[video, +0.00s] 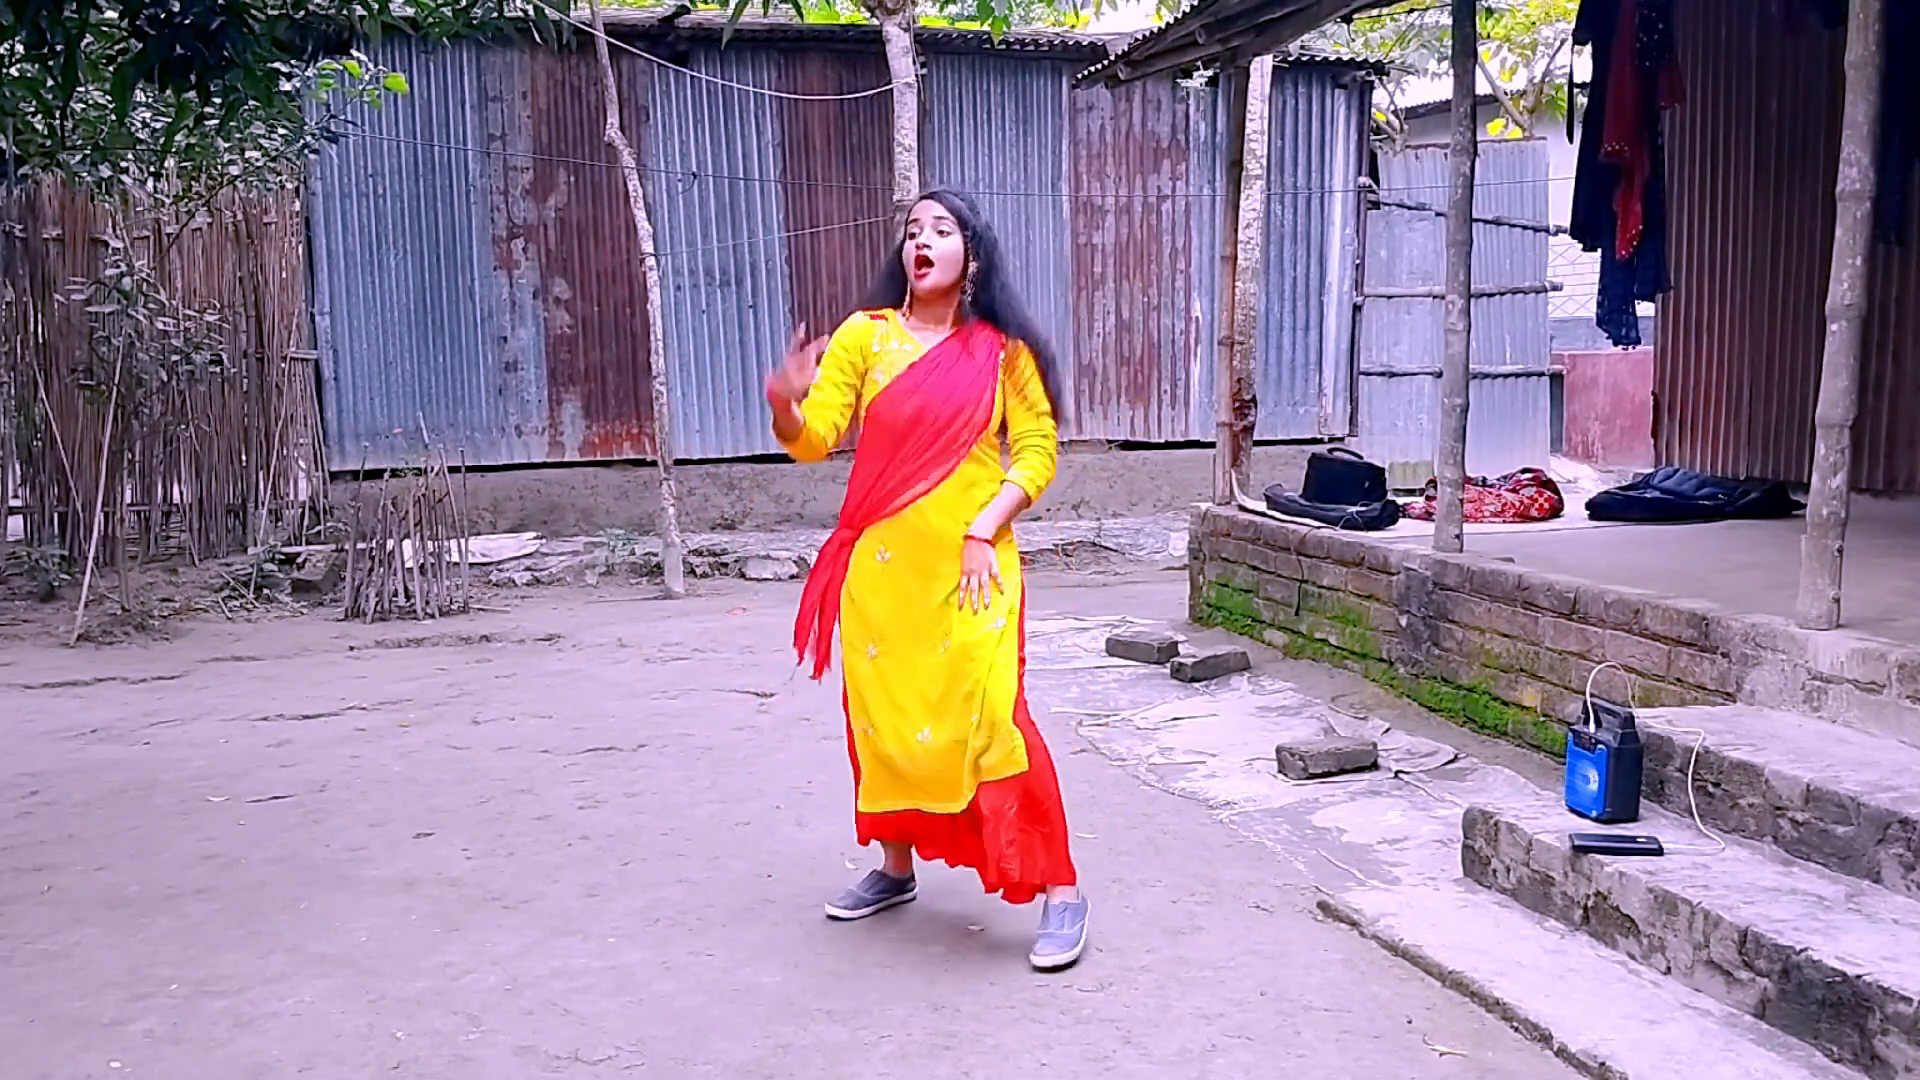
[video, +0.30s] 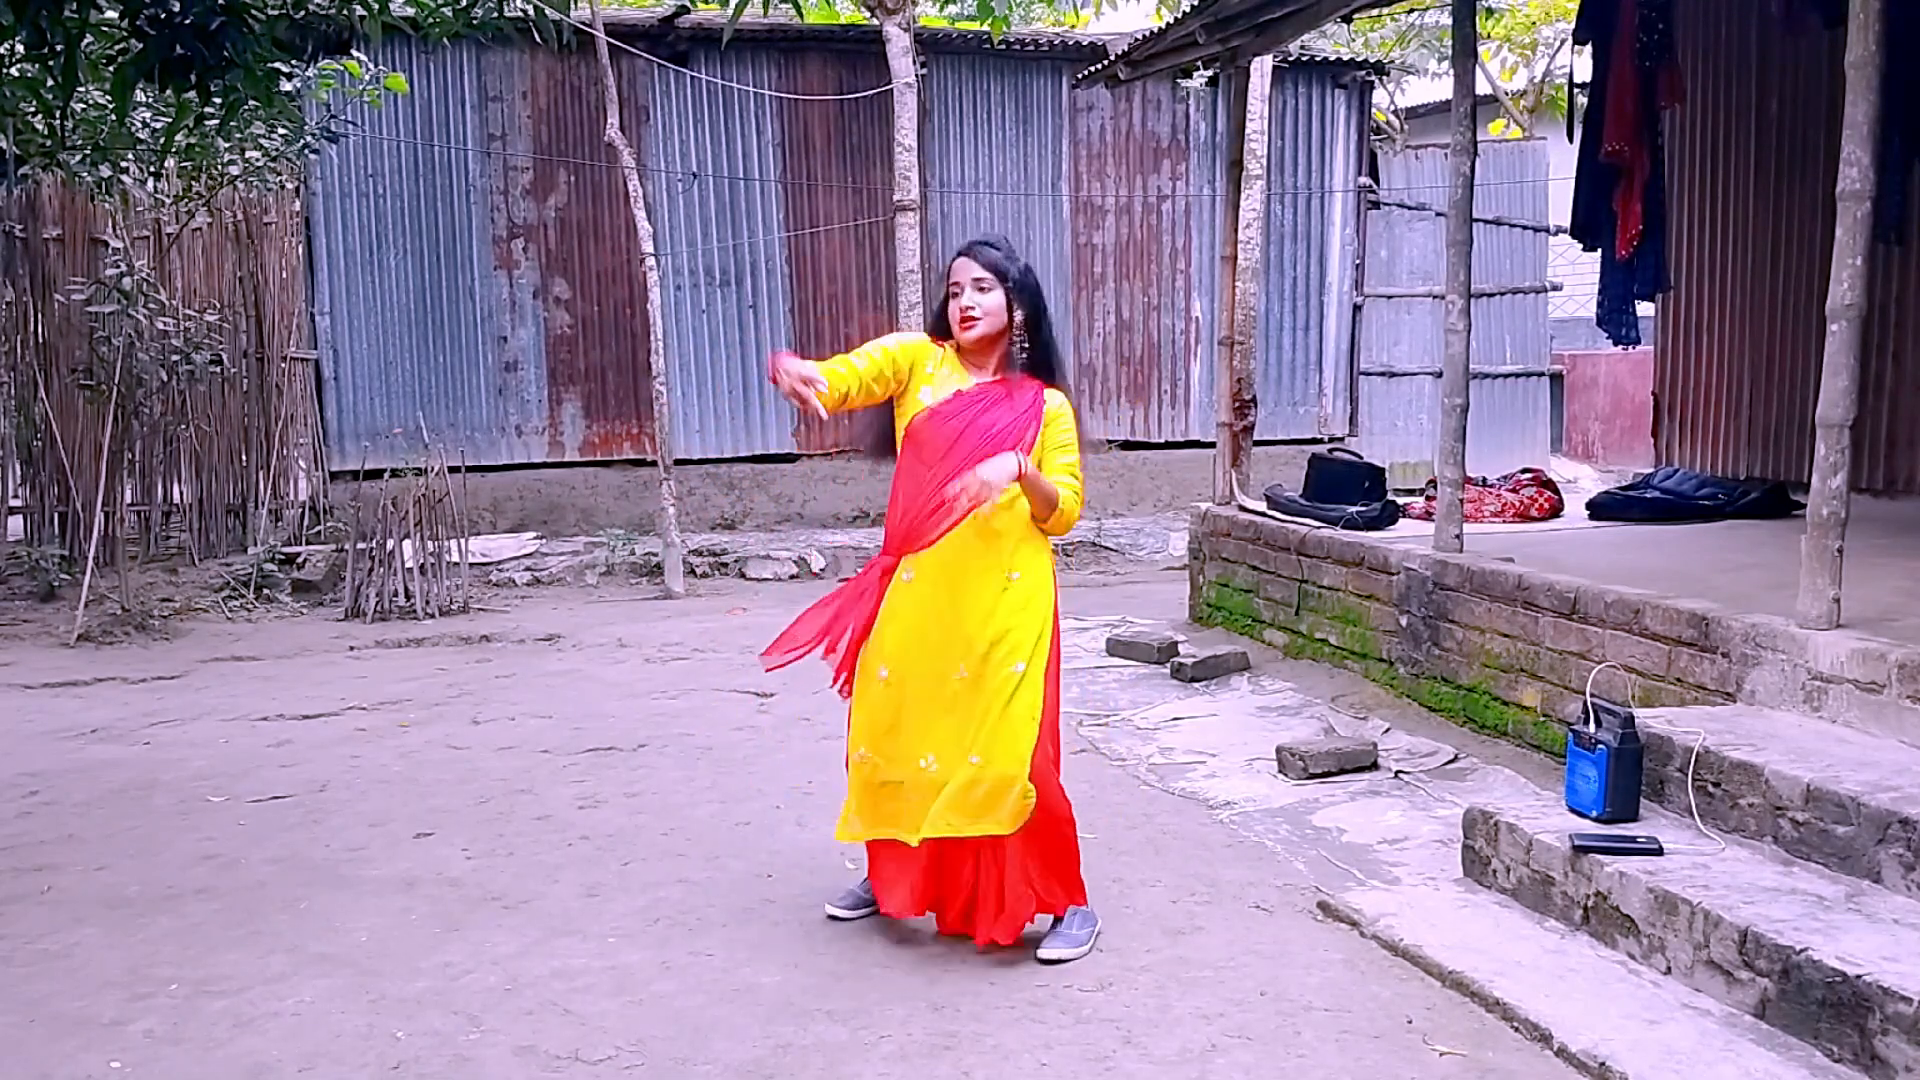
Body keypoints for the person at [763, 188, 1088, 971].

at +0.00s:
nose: (923, 242)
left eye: (940, 231)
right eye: (914, 232)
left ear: (971, 256)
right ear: (901, 255)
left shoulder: (1005, 352)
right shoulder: (863, 333)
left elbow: (1037, 453)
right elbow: (813, 441)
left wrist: (984, 529)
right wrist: (784, 407)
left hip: (972, 555)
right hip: (879, 555)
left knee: (994, 714)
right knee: (878, 712)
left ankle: (1060, 893)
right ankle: (894, 866)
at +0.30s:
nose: (965, 300)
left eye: (982, 287)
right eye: (955, 291)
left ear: (1017, 303)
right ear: (945, 305)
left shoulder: (1045, 404)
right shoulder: (916, 357)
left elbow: (1063, 513)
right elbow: (846, 378)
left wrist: (1022, 469)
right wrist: (805, 377)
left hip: (1009, 595)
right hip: (916, 586)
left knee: (1020, 747)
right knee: (884, 725)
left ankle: (1070, 905)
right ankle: (886, 873)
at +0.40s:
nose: (974, 283)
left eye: (990, 269)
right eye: (965, 272)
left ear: (1027, 280)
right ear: (955, 286)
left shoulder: (1059, 377)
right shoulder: (926, 346)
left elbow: (1052, 471)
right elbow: (836, 404)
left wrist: (1011, 386)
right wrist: (830, 425)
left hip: (1009, 576)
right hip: (916, 570)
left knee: (1022, 735)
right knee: (877, 720)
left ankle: (1071, 902)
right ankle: (884, 870)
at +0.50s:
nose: (968, 258)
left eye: (983, 243)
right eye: (959, 248)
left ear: (1022, 250)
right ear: (951, 263)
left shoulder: (1055, 328)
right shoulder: (941, 341)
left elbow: (1018, 401)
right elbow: (907, 433)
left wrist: (953, 323)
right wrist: (872, 455)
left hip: (999, 555)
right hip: (917, 550)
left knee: (1027, 725)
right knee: (887, 698)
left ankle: (1066, 900)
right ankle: (903, 860)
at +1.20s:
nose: (929, 227)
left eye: (947, 215)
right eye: (920, 216)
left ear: (984, 230)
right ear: (912, 232)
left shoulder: (1020, 314)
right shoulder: (893, 323)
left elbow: (1041, 391)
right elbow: (818, 414)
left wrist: (940, 324)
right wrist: (864, 349)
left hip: (991, 544)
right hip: (905, 545)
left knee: (1013, 716)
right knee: (902, 702)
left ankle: (1057, 898)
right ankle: (913, 875)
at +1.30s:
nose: (920, 173)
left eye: (940, 157)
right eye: (911, 160)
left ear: (981, 175)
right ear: (901, 179)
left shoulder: (1008, 259)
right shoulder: (886, 264)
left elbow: (1062, 262)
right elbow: (804, 282)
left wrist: (975, 201)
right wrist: (869, 221)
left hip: (978, 482)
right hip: (888, 481)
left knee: (997, 671)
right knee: (867, 659)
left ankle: (1047, 867)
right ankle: (886, 839)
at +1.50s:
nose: (917, 251)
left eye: (933, 233)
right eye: (904, 238)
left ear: (966, 244)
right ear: (892, 253)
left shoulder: (988, 334)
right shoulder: (879, 332)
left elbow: (1028, 315)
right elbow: (847, 299)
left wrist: (1004, 249)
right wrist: (871, 240)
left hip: (977, 531)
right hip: (889, 534)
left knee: (985, 711)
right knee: (842, 698)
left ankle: (1049, 897)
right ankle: (857, 868)